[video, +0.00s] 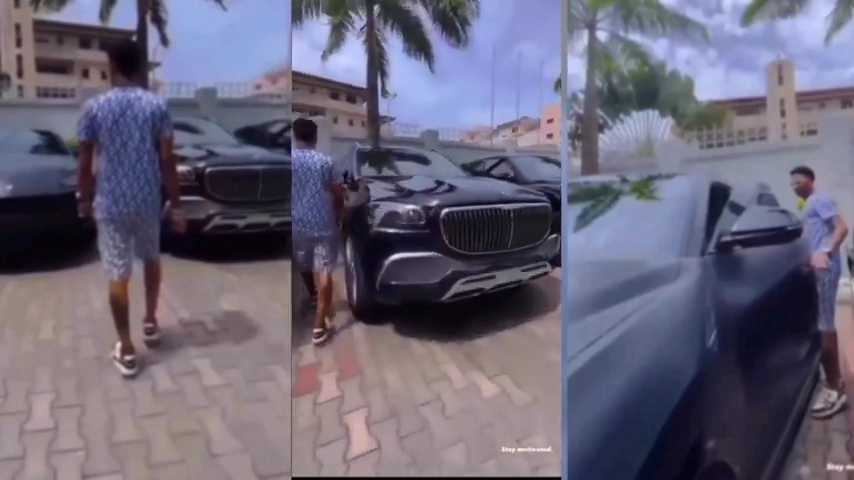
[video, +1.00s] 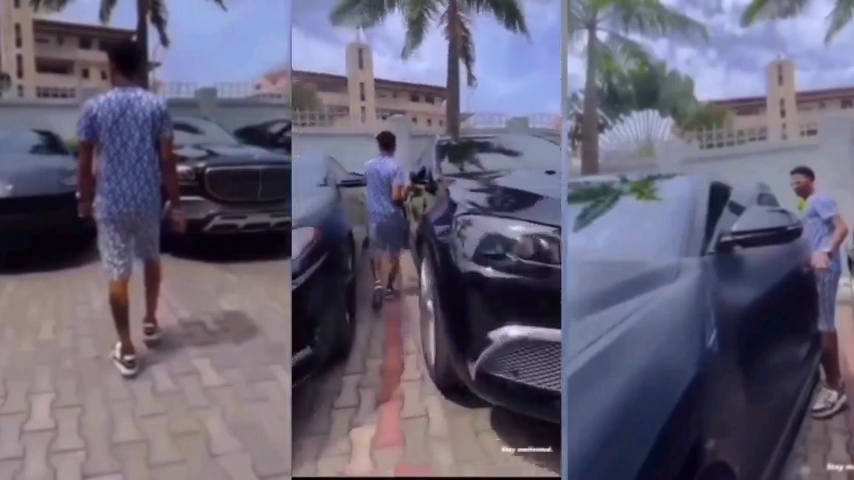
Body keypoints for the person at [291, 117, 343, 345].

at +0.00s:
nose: (300, 140)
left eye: (296, 136)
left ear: (295, 136)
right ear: (315, 136)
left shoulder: (289, 160)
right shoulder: (326, 162)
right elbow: (337, 191)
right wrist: (339, 215)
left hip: (298, 223)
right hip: (324, 223)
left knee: (305, 266)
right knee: (324, 271)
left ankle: (314, 296)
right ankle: (319, 326)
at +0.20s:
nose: (300, 137)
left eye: (297, 133)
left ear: (297, 135)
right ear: (317, 134)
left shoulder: (291, 158)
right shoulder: (328, 158)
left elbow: (289, 188)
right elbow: (339, 186)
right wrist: (338, 206)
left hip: (301, 217)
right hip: (327, 215)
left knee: (311, 261)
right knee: (336, 258)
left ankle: (321, 298)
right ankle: (329, 303)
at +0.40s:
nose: (323, 138)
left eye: (317, 134)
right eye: (328, 134)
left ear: (311, 135)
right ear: (331, 135)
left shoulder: (300, 159)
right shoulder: (340, 158)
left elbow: (298, 188)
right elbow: (348, 188)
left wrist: (305, 207)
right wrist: (350, 206)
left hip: (315, 214)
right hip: (340, 213)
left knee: (325, 259)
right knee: (350, 250)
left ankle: (334, 302)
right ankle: (349, 290)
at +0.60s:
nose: (346, 142)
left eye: (340, 138)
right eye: (348, 138)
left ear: (332, 139)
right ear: (350, 139)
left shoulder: (322, 162)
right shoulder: (358, 161)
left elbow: (322, 193)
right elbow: (364, 190)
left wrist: (329, 205)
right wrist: (374, 186)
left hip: (333, 213)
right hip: (356, 212)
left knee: (342, 258)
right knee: (361, 252)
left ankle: (350, 306)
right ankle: (363, 285)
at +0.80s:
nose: (367, 148)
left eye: (362, 144)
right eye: (370, 145)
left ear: (356, 145)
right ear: (373, 146)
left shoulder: (346, 167)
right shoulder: (377, 168)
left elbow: (345, 190)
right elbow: (381, 196)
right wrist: (390, 187)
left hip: (354, 215)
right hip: (374, 215)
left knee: (359, 258)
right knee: (376, 253)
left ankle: (364, 304)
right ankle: (373, 284)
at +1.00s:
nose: (392, 148)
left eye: (386, 145)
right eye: (393, 145)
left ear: (378, 146)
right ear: (394, 146)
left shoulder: (369, 165)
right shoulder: (395, 167)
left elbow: (368, 186)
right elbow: (396, 196)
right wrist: (406, 191)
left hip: (374, 213)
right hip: (392, 214)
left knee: (375, 250)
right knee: (394, 253)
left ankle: (377, 283)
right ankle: (390, 286)